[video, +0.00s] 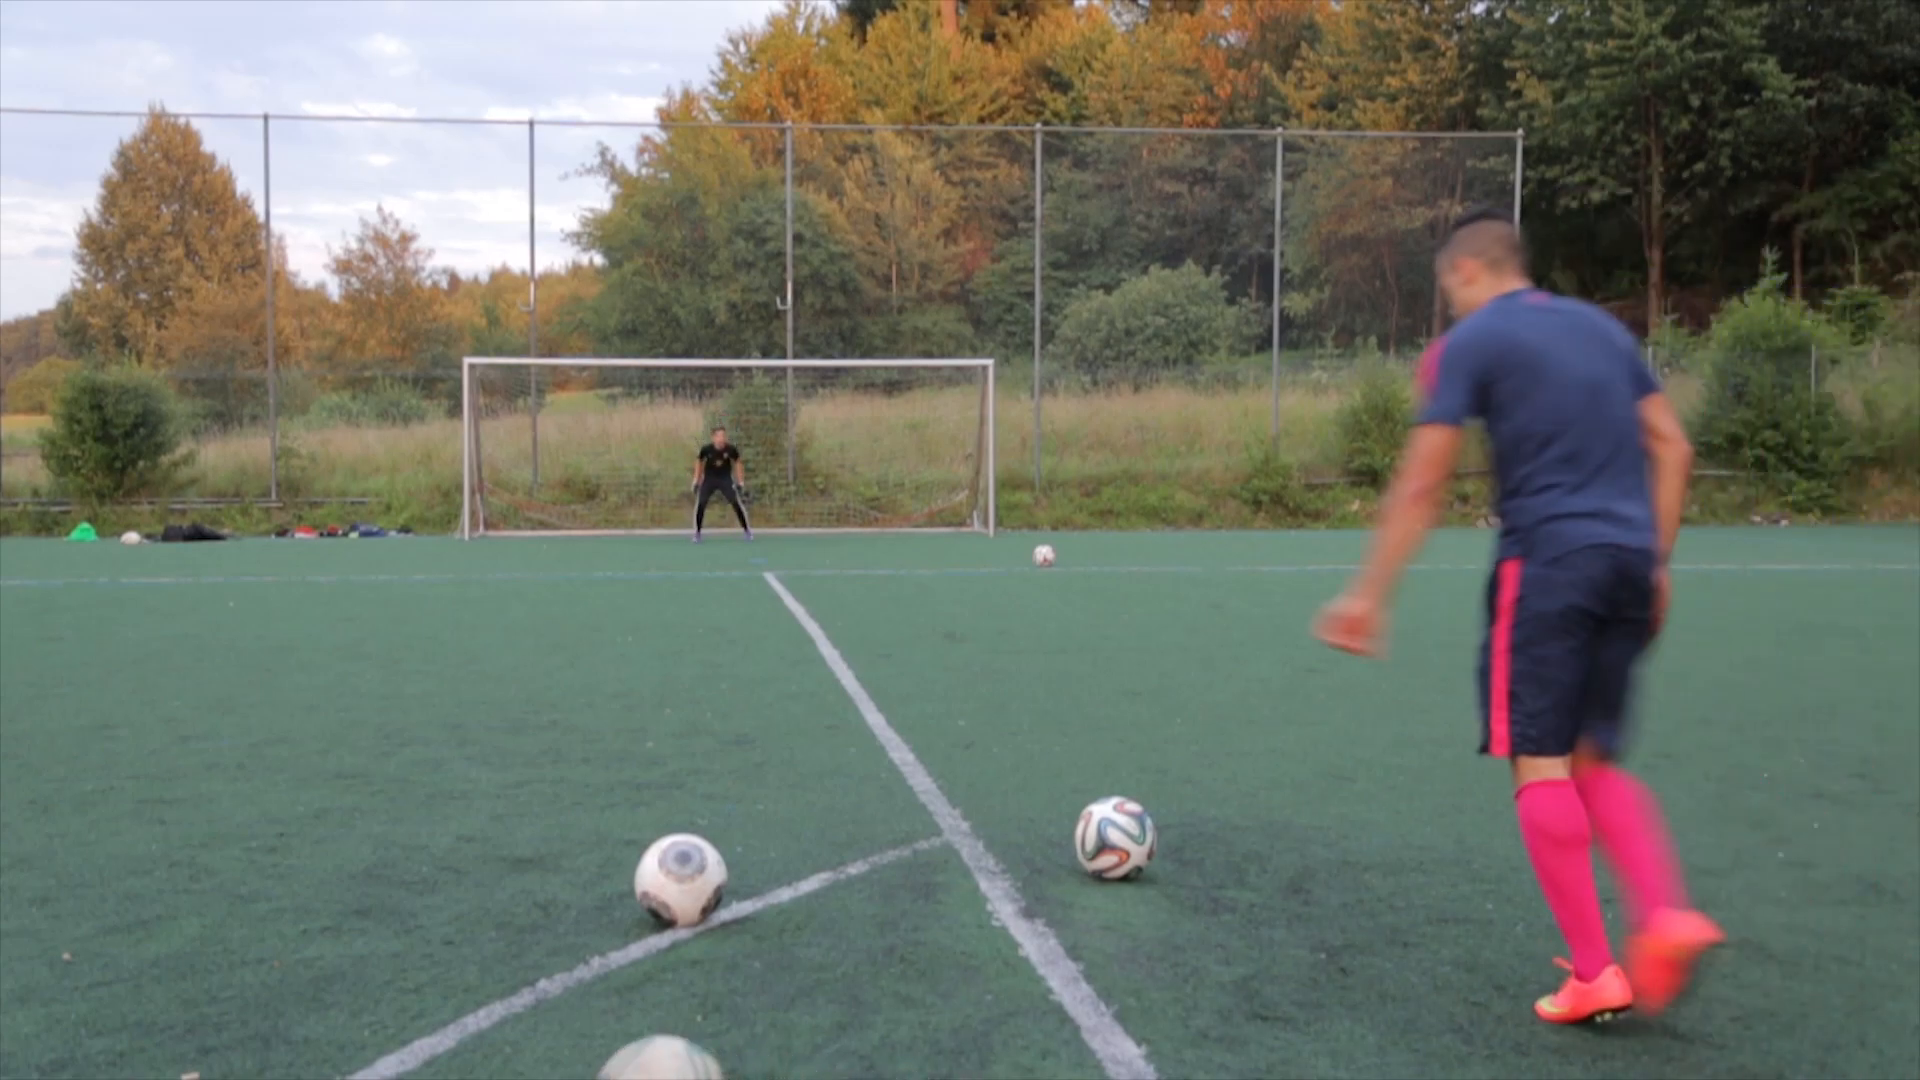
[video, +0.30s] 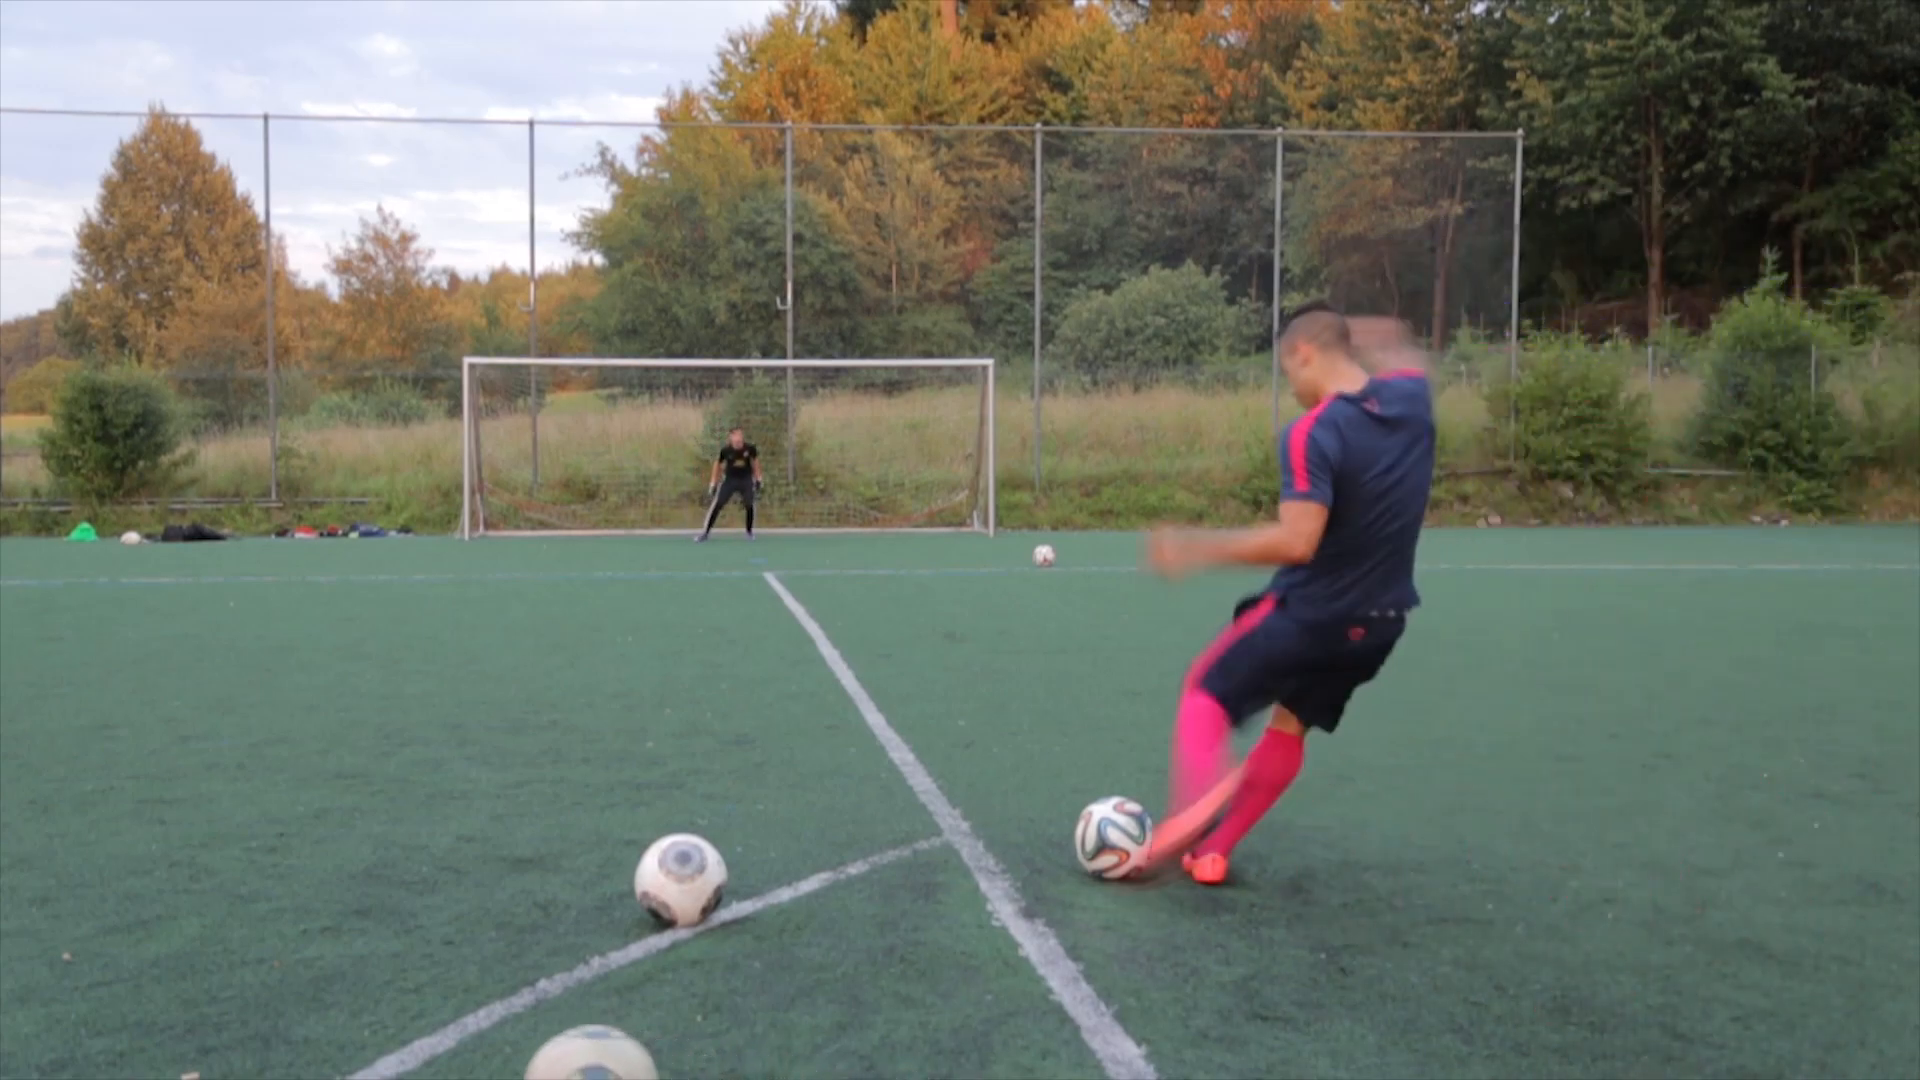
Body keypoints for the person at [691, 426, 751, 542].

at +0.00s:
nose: (720, 439)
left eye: (722, 436)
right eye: (717, 436)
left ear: (725, 438)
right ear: (713, 437)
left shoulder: (731, 450)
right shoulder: (706, 450)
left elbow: (738, 464)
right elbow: (699, 464)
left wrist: (740, 481)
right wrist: (696, 480)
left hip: (725, 481)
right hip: (709, 481)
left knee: (736, 504)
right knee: (701, 505)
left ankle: (746, 530)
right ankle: (698, 532)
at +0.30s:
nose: (737, 442)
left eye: (739, 439)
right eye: (735, 439)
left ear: (743, 439)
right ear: (731, 439)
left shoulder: (750, 450)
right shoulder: (725, 451)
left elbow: (755, 464)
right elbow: (717, 465)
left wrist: (758, 478)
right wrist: (713, 482)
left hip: (746, 482)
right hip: (730, 481)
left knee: (749, 506)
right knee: (717, 505)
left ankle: (749, 532)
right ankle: (705, 532)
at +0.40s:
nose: (743, 438)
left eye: (745, 435)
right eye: (741, 436)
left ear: (748, 435)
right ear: (736, 435)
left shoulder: (756, 445)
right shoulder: (731, 447)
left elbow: (761, 457)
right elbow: (721, 459)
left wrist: (766, 469)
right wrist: (718, 477)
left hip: (753, 476)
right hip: (737, 476)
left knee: (760, 500)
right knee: (726, 500)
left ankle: (755, 529)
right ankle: (721, 527)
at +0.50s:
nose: (749, 437)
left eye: (751, 434)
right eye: (747, 434)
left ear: (754, 436)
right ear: (742, 435)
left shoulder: (762, 447)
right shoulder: (736, 449)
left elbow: (770, 459)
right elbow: (727, 461)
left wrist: (775, 472)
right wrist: (724, 478)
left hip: (759, 476)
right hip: (743, 476)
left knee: (770, 499)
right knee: (736, 499)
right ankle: (734, 527)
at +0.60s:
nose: (755, 447)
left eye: (757, 444)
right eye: (753, 444)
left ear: (760, 444)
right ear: (748, 445)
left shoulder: (768, 454)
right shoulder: (742, 457)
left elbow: (775, 468)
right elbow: (733, 468)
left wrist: (783, 482)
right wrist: (729, 484)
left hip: (765, 483)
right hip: (749, 484)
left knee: (779, 504)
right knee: (743, 505)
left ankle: (795, 530)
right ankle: (746, 532)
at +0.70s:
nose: (756, 458)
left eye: (758, 455)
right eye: (753, 455)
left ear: (762, 454)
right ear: (750, 455)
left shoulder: (770, 463)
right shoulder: (745, 465)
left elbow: (779, 477)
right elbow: (737, 478)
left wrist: (787, 492)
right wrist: (733, 495)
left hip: (767, 490)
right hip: (751, 490)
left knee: (782, 509)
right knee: (742, 506)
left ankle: (795, 532)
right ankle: (745, 533)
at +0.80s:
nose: (747, 461)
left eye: (749, 458)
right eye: (744, 458)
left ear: (753, 456)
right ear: (741, 458)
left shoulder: (763, 465)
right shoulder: (739, 468)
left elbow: (774, 479)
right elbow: (735, 483)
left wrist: (782, 496)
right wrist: (731, 499)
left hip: (762, 492)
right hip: (746, 493)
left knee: (778, 510)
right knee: (733, 508)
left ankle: (794, 533)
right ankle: (737, 534)